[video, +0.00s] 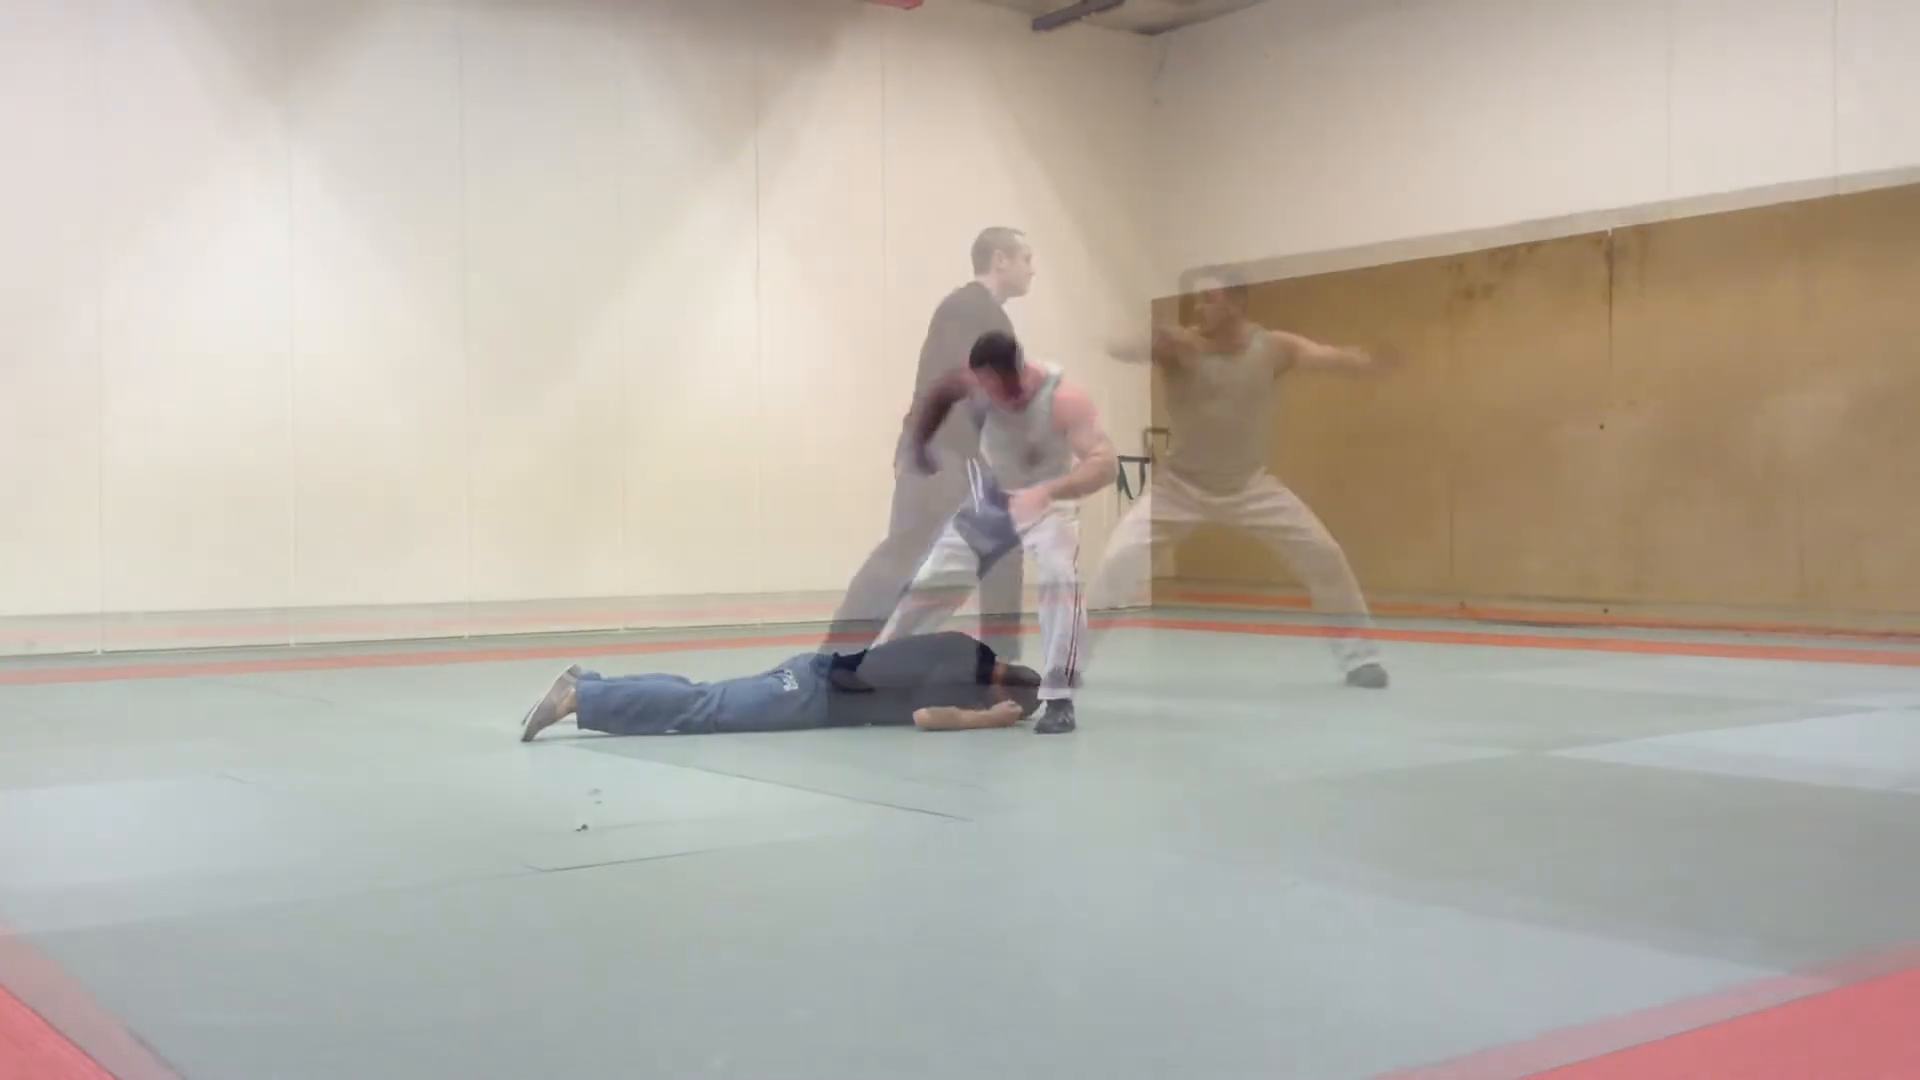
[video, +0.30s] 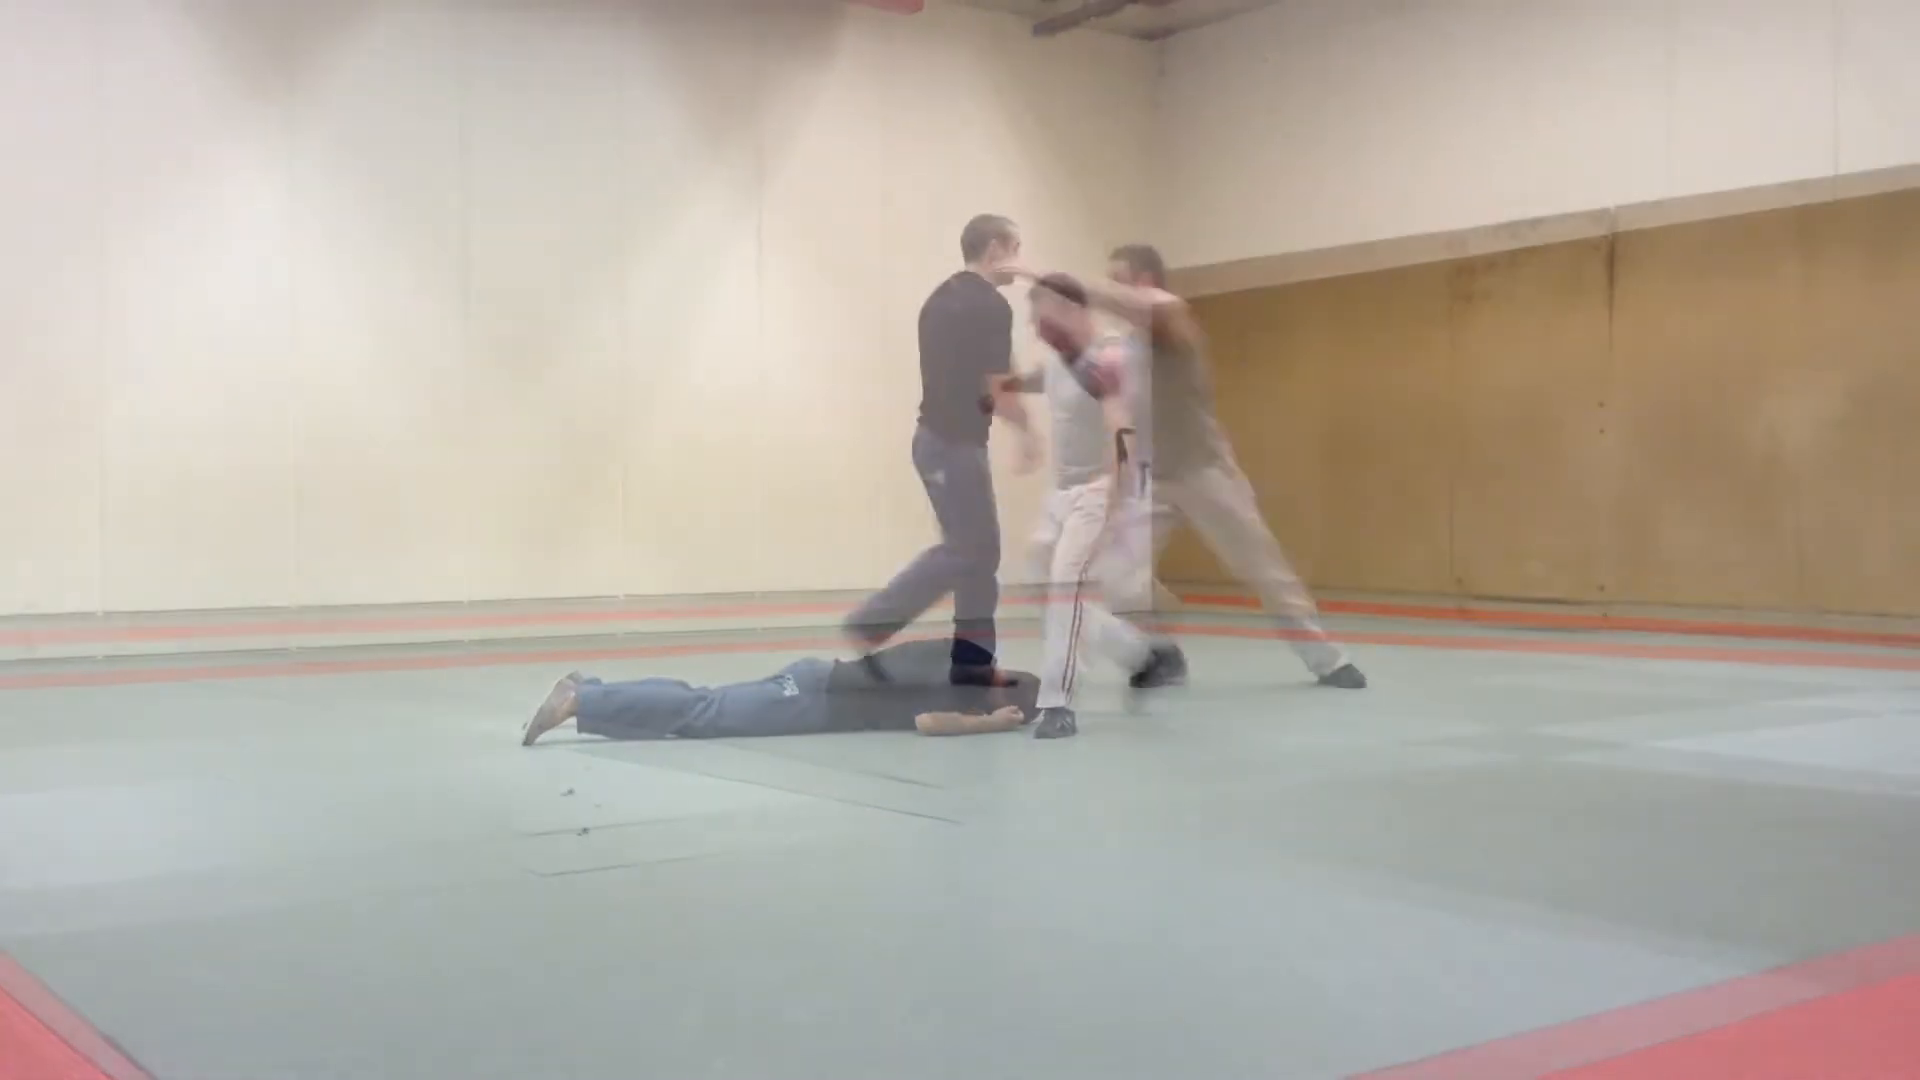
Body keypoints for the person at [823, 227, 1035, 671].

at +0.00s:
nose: (1032, 270)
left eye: (1031, 261)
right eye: (1026, 260)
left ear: (995, 263)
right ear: (1000, 262)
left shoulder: (975, 307)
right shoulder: (975, 309)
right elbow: (984, 396)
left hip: (971, 451)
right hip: (939, 450)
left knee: (1004, 547)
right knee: (907, 549)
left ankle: (1000, 670)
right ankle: (838, 658)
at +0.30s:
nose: (1016, 259)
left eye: (1016, 250)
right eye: (1013, 250)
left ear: (971, 249)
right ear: (994, 250)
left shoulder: (941, 298)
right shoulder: (989, 305)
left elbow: (958, 377)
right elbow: (998, 386)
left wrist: (1023, 384)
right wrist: (1026, 433)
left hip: (935, 441)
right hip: (958, 447)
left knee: (978, 552)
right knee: (970, 550)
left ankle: (972, 665)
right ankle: (867, 626)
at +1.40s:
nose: (930, 478)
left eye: (938, 468)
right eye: (925, 471)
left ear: (962, 439)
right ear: (913, 452)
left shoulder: (987, 397)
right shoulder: (919, 470)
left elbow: (1070, 407)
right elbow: (935, 556)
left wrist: (1040, 462)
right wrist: (967, 621)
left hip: (1013, 464)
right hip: (948, 486)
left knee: (1066, 513)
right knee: (871, 531)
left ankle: (1115, 638)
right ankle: (845, 627)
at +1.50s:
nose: (927, 474)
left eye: (934, 463)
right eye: (921, 466)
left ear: (960, 435)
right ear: (909, 451)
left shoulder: (987, 398)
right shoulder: (914, 467)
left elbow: (1063, 450)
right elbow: (931, 551)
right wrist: (939, 626)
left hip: (1006, 463)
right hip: (938, 478)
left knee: (1061, 515)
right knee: (855, 524)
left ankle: (1114, 638)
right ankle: (830, 634)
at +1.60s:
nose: (930, 487)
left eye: (939, 474)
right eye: (923, 478)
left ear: (961, 445)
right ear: (908, 457)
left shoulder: (986, 404)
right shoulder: (912, 472)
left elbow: (1049, 466)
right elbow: (929, 556)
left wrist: (995, 519)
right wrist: (908, 634)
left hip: (998, 468)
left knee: (1055, 520)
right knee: (846, 514)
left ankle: (1115, 639)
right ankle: (815, 622)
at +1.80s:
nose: (938, 484)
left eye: (948, 472)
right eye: (933, 476)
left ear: (970, 444)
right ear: (918, 453)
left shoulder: (992, 397)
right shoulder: (913, 456)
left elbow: (1041, 460)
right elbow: (929, 535)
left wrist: (989, 514)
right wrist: (946, 608)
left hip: (1003, 461)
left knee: (1060, 525)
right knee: (855, 520)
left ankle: (1120, 635)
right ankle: (834, 623)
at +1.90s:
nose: (966, 461)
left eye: (976, 454)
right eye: (953, 455)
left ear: (992, 424)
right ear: (936, 427)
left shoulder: (1017, 405)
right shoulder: (916, 410)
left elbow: (1040, 492)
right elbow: (905, 490)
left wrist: (987, 550)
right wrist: (947, 551)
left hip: (1013, 458)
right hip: (937, 459)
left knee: (1073, 519)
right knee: (863, 517)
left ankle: (1124, 635)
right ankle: (835, 622)